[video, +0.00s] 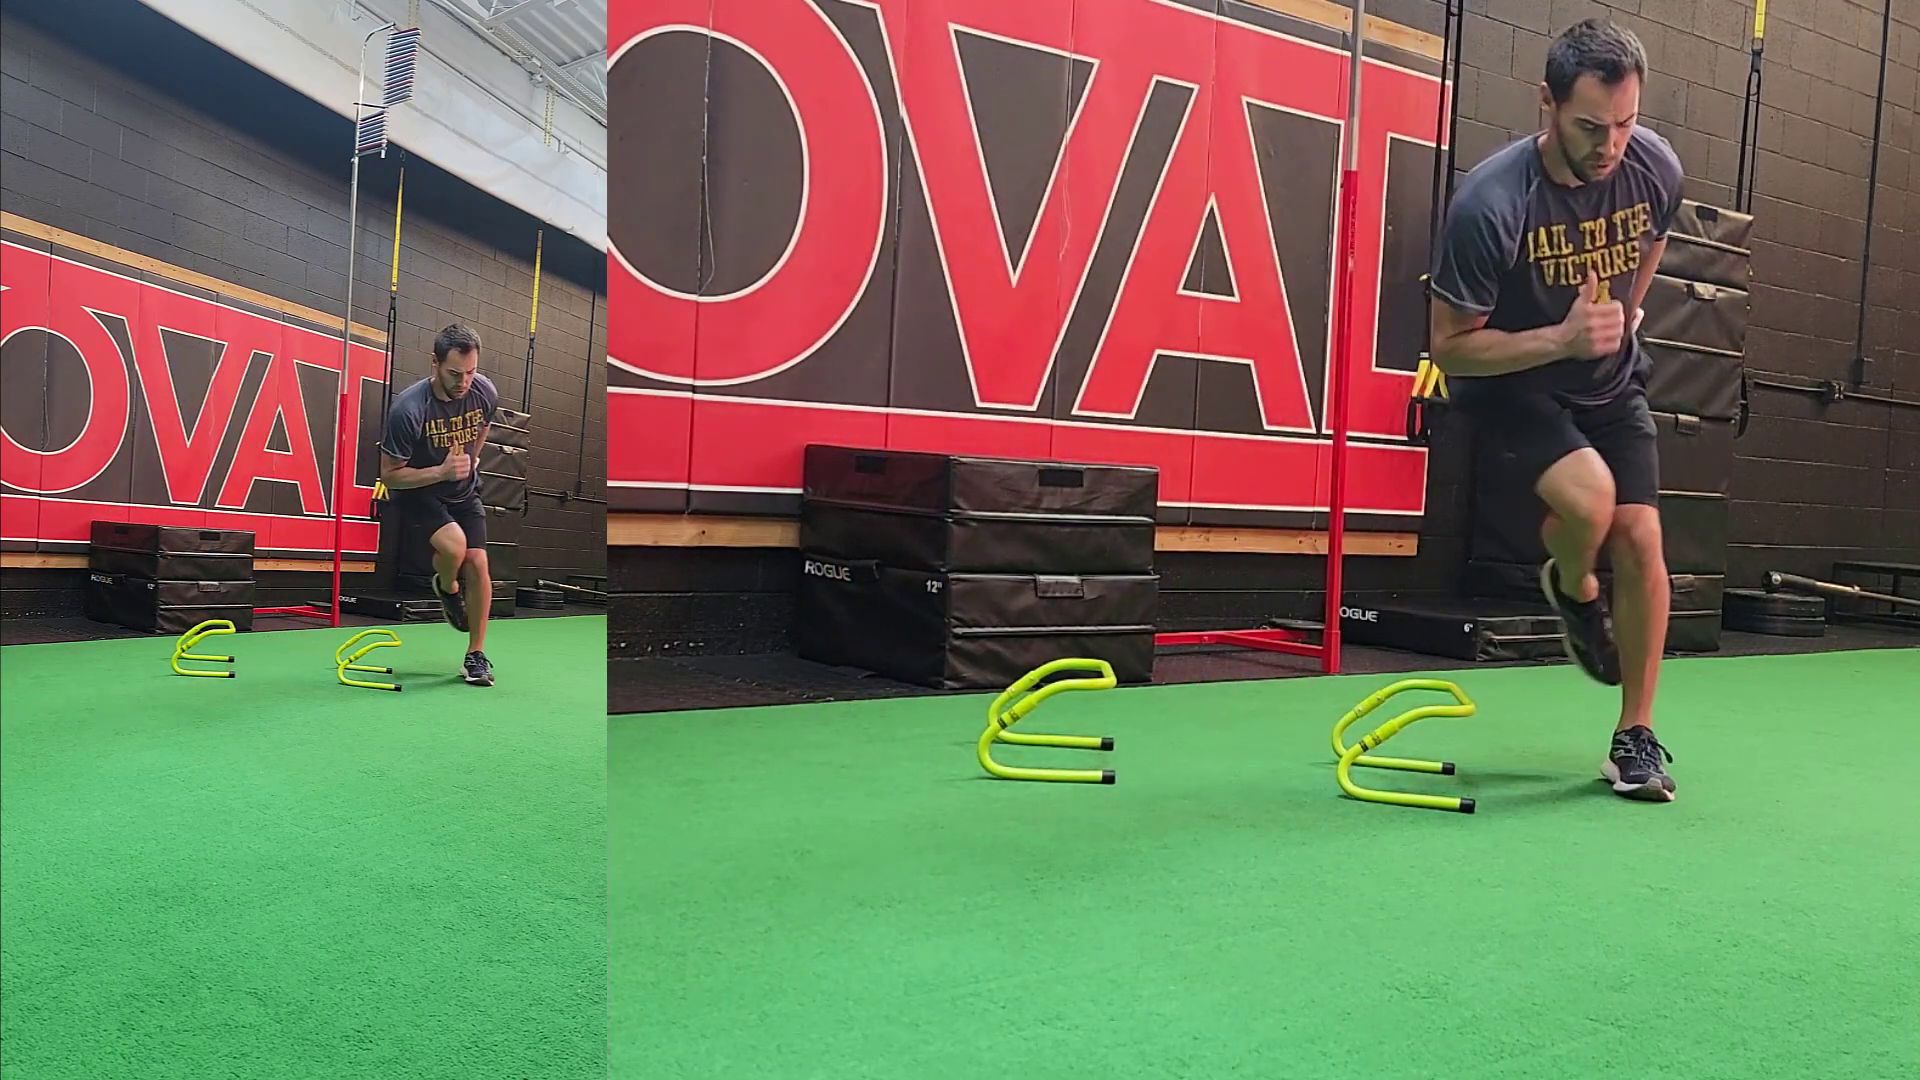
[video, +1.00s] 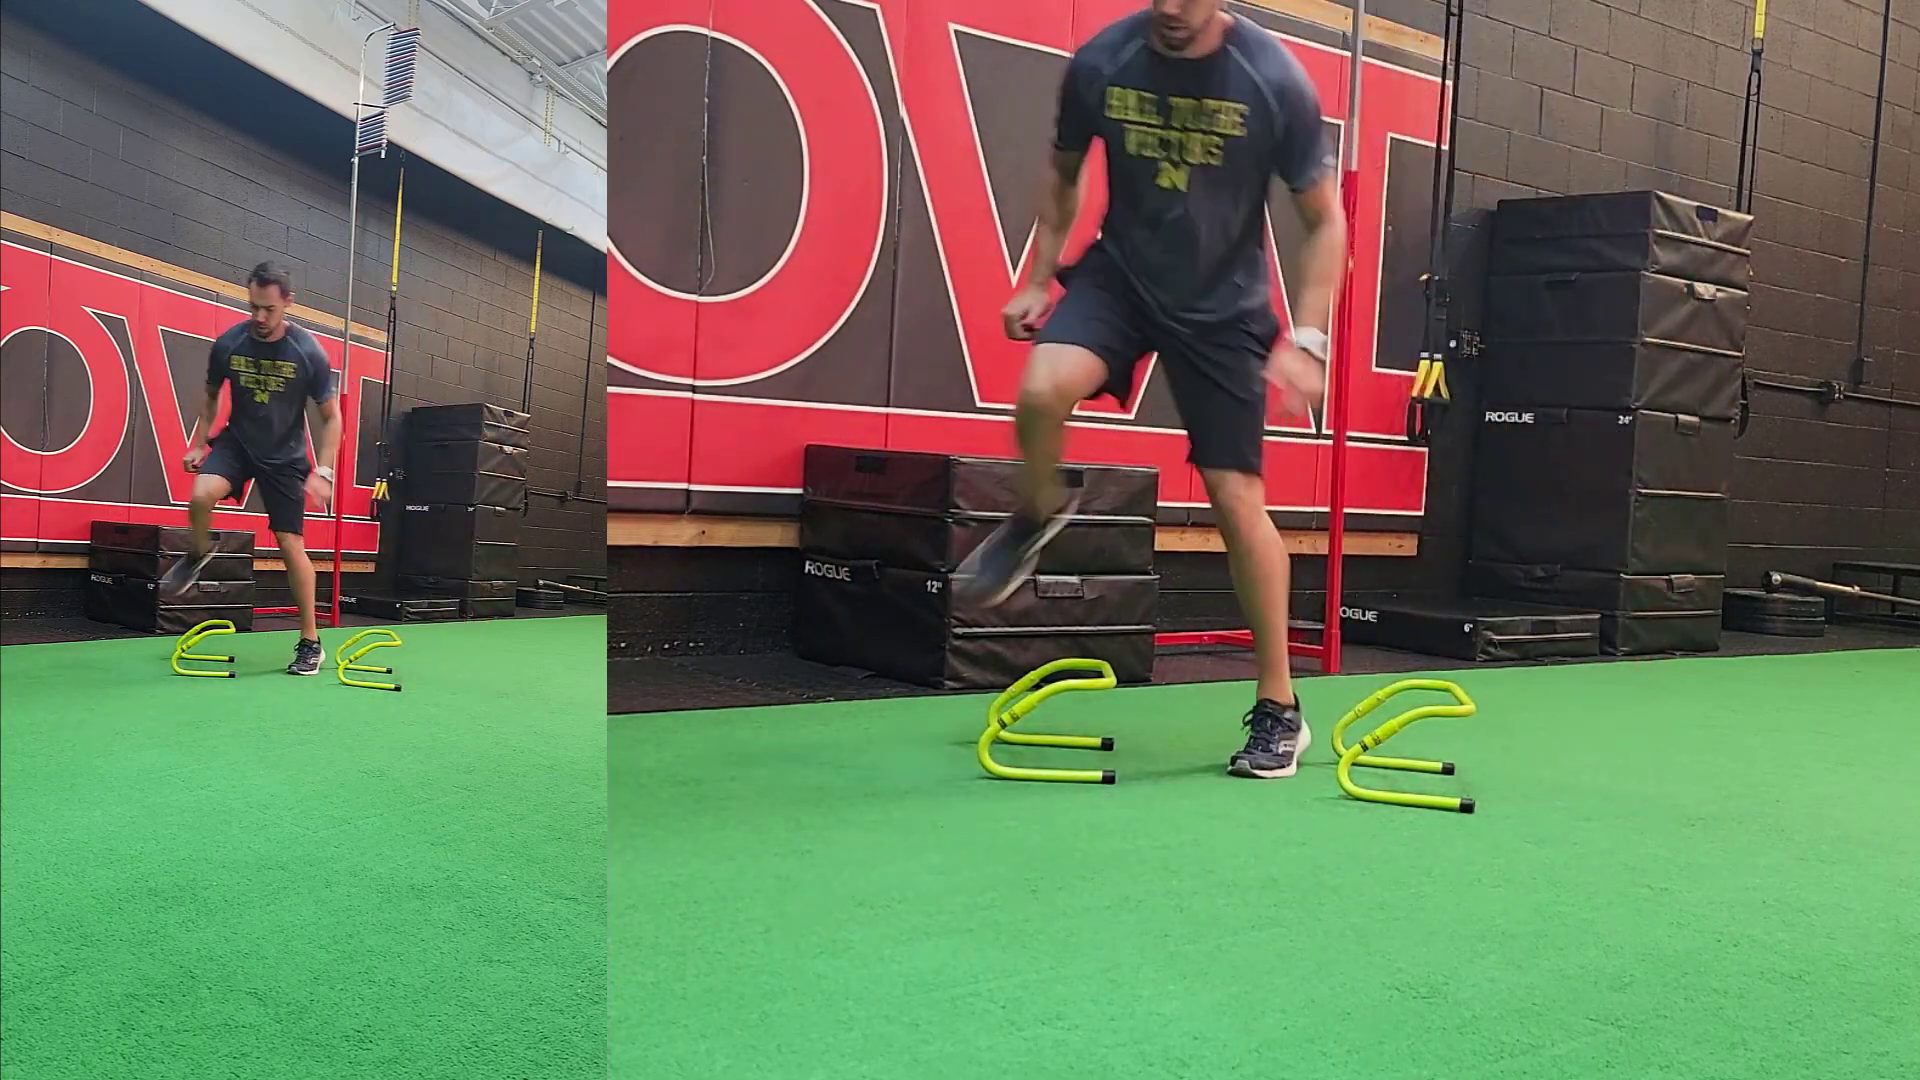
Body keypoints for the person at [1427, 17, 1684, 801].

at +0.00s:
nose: (1609, 147)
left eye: (1623, 126)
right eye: (1591, 128)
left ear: (1636, 109)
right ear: (1547, 107)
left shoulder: (1655, 169)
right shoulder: (1486, 202)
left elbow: (1653, 241)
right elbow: (1449, 348)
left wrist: (1626, 315)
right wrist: (1559, 339)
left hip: (1611, 378)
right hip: (1510, 385)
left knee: (1640, 536)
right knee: (1591, 499)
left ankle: (1635, 733)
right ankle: (1574, 590)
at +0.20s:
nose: (1606, 139)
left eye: (1623, 119)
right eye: (1590, 118)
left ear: (1642, 107)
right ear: (1555, 100)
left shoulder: (1666, 188)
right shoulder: (1495, 192)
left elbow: (1685, 300)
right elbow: (1427, 317)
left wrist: (1692, 417)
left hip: (1611, 381)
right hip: (1506, 366)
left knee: (1640, 535)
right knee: (1563, 461)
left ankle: (1636, 734)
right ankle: (1559, 554)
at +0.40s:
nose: (1538, 78)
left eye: (1556, 59)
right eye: (1524, 56)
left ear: (1593, 49)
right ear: (1505, 44)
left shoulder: (1627, 145)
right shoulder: (1450, 141)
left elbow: (1658, 301)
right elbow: (1341, 216)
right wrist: (1268, 292)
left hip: (1563, 373)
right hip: (1454, 347)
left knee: (1609, 536)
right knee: (1433, 466)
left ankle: (1633, 734)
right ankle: (1337, 565)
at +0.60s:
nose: (1403, 18)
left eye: (1420, 3)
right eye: (1388, 3)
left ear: (1447, 6)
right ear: (1365, 6)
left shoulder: (1489, 81)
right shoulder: (1313, 100)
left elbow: (1515, 195)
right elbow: (1272, 229)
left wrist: (1524, 314)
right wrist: (1266, 354)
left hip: (1452, 310)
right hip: (1337, 313)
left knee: (1483, 451)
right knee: (1310, 513)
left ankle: (1508, 559)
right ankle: (1277, 695)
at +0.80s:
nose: (1294, 12)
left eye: (1309, 4)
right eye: (1281, 3)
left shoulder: (1393, 61)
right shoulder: (1210, 55)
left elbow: (1423, 169)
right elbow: (1173, 174)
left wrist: (1427, 280)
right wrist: (1207, 229)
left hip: (1332, 283)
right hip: (1235, 281)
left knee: (1308, 436)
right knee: (1224, 461)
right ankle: (1251, 643)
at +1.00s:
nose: (1172, 10)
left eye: (1191, 0)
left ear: (1227, 2)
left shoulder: (1276, 83)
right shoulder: (1098, 64)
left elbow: (1324, 219)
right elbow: (1064, 175)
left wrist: (1307, 339)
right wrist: (1038, 278)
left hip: (1224, 304)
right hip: (1119, 279)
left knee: (1234, 495)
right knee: (1040, 392)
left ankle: (1278, 705)